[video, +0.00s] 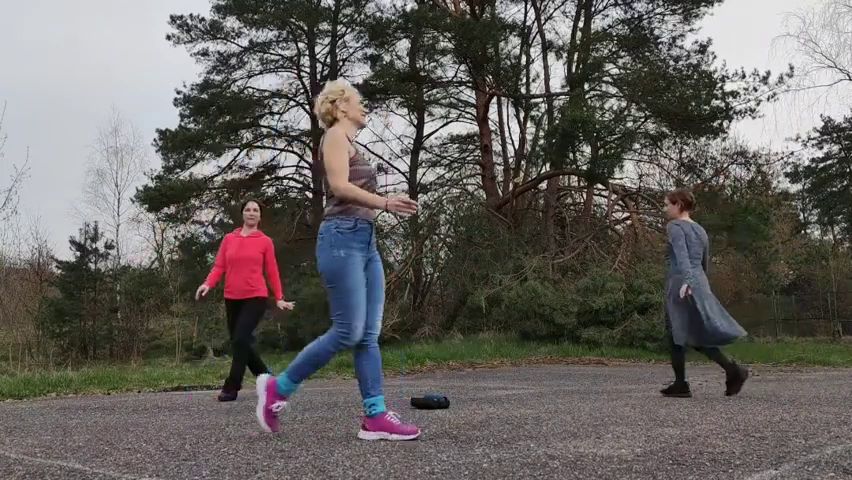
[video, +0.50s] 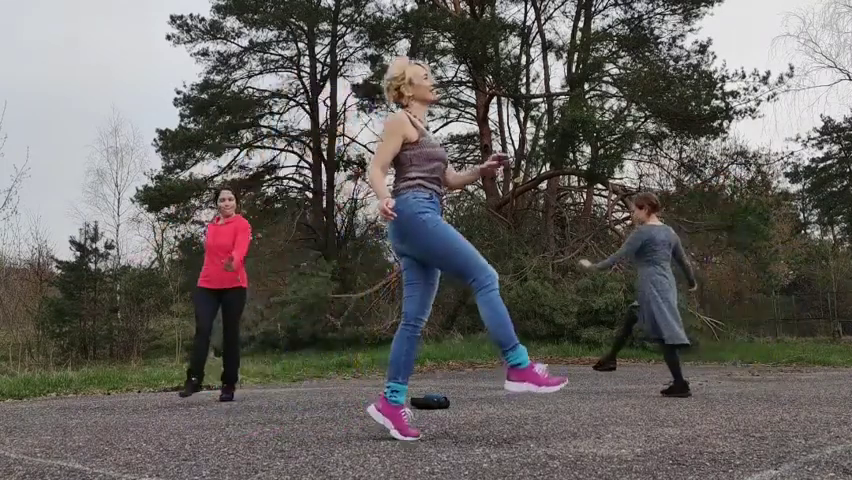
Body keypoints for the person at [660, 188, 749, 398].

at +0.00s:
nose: (665, 209)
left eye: (667, 205)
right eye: (665, 205)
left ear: (678, 205)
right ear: (682, 206)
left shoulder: (675, 227)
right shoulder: (700, 230)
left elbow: (682, 255)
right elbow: (704, 264)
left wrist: (687, 280)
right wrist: (699, 282)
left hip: (678, 288)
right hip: (698, 286)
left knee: (676, 335)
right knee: (696, 337)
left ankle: (680, 383)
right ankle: (732, 370)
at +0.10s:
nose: (658, 208)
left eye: (661, 204)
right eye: (658, 204)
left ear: (672, 205)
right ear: (678, 206)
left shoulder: (668, 226)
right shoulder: (693, 229)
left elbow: (674, 255)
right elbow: (698, 261)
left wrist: (678, 281)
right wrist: (694, 282)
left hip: (675, 284)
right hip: (692, 285)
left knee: (674, 334)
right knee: (685, 334)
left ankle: (679, 383)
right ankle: (708, 367)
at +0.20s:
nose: (652, 209)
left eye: (654, 205)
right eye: (652, 204)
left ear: (665, 205)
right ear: (669, 206)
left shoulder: (663, 227)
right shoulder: (688, 230)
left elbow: (664, 258)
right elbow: (693, 262)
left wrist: (662, 285)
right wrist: (688, 282)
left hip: (670, 284)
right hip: (686, 284)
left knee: (667, 332)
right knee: (678, 332)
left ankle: (680, 381)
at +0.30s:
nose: (647, 211)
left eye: (648, 207)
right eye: (647, 207)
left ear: (660, 206)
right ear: (664, 207)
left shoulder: (657, 230)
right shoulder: (681, 231)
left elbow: (650, 261)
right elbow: (687, 263)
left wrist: (645, 287)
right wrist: (690, 288)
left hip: (663, 287)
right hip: (680, 287)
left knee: (664, 334)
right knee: (653, 331)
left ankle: (680, 382)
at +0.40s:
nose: (641, 213)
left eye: (643, 208)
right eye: (641, 208)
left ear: (653, 208)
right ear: (658, 208)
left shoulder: (651, 230)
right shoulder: (676, 231)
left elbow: (635, 259)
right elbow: (684, 262)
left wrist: (616, 280)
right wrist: (691, 284)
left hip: (657, 286)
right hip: (674, 286)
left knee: (665, 334)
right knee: (641, 323)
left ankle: (679, 383)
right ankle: (619, 363)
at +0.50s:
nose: (632, 215)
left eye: (634, 211)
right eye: (632, 211)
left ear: (646, 209)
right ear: (650, 210)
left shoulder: (642, 232)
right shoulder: (669, 232)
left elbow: (619, 256)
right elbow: (683, 260)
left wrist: (594, 266)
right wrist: (692, 281)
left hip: (651, 288)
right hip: (667, 287)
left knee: (663, 334)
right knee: (631, 315)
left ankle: (679, 383)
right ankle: (610, 358)